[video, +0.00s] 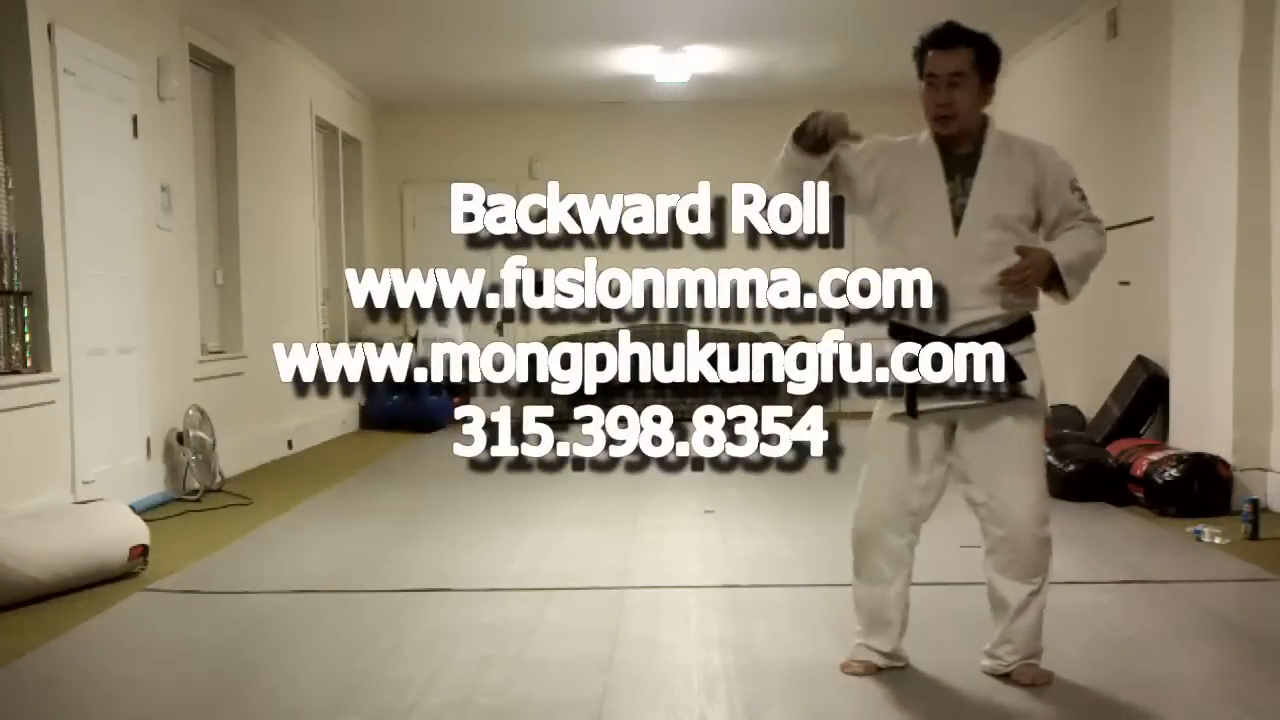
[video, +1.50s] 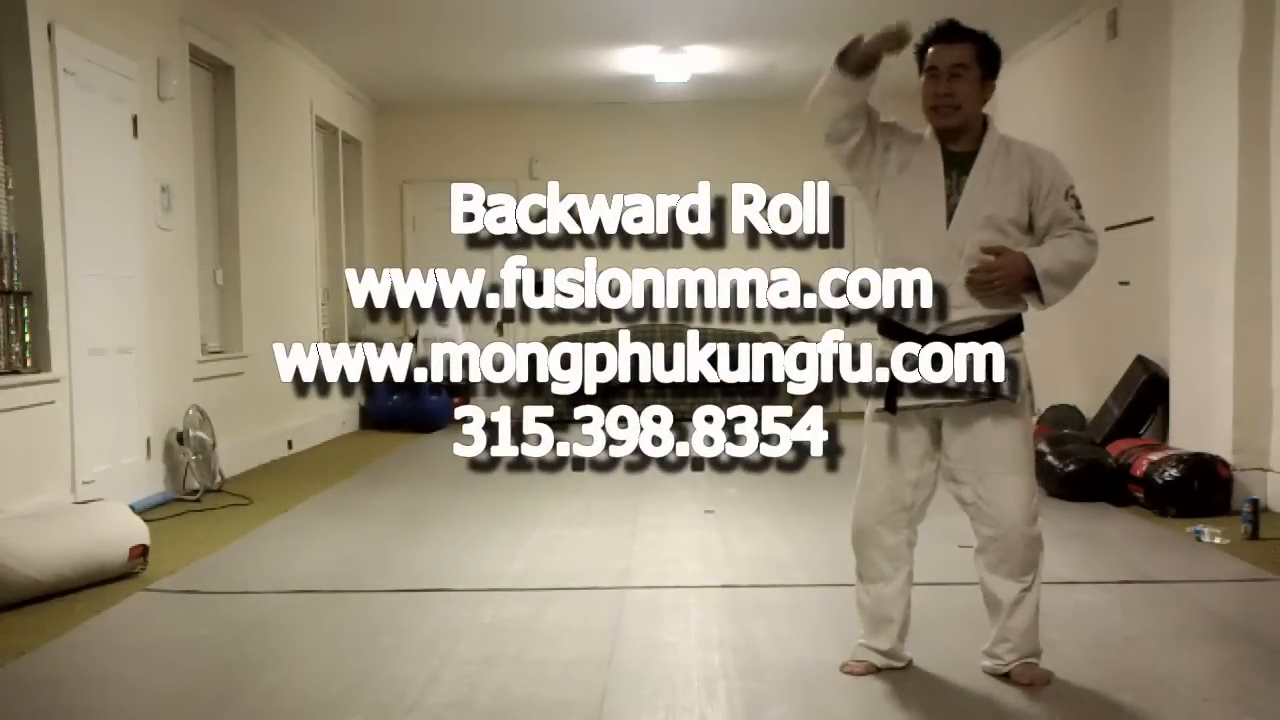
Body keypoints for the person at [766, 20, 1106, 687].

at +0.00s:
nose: (941, 96)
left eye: (957, 82)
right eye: (931, 82)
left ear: (987, 88)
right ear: (918, 88)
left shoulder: (1035, 162)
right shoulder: (880, 160)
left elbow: (1085, 233)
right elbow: (790, 191)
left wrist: (1053, 260)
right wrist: (810, 146)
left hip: (1000, 369)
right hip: (907, 371)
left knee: (1022, 523)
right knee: (880, 518)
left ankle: (1015, 654)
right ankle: (877, 642)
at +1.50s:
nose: (940, 85)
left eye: (957, 73)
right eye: (931, 73)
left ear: (988, 85)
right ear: (919, 86)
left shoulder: (1031, 167)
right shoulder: (887, 154)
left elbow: (1079, 243)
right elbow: (836, 121)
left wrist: (1032, 267)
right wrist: (858, 60)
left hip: (989, 362)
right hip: (896, 363)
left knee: (1011, 521)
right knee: (881, 516)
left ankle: (1014, 651)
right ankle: (879, 643)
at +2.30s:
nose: (989, 86)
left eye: (1001, 74)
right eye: (972, 75)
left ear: (1015, 83)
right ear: (946, 87)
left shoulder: (1057, 168)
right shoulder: (907, 158)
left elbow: (1106, 243)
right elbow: (835, 156)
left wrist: (1060, 267)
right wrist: (784, 126)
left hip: (1014, 372)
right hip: (919, 372)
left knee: (1028, 526)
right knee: (894, 518)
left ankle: (1016, 654)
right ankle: (881, 642)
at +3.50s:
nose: (968, 87)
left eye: (987, 74)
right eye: (962, 74)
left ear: (1021, 88)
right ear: (953, 83)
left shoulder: (1064, 171)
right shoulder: (918, 154)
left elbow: (1110, 251)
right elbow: (861, 120)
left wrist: (1063, 271)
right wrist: (841, 66)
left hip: (1018, 365)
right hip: (927, 362)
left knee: (1029, 526)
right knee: (893, 515)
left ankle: (1015, 654)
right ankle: (882, 641)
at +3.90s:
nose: (985, 88)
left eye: (1002, 73)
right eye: (973, 73)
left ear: (1029, 84)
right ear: (959, 83)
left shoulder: (1070, 171)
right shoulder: (933, 156)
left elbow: (1114, 250)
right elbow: (898, 99)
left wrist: (1070, 269)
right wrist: (945, 43)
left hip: (1024, 368)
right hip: (934, 364)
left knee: (1034, 526)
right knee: (897, 514)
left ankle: (1016, 653)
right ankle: (882, 641)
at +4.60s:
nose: (978, 84)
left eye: (988, 70)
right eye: (959, 74)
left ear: (1005, 81)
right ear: (936, 93)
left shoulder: (1055, 165)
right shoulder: (915, 162)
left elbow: (1103, 239)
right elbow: (861, 140)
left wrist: (1061, 265)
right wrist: (860, 86)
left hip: (1022, 365)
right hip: (931, 365)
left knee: (1035, 525)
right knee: (899, 516)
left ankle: (1016, 654)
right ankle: (884, 641)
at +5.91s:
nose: (985, 87)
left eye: (995, 73)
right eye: (967, 77)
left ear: (1010, 80)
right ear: (940, 93)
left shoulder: (1056, 162)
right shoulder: (913, 163)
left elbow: (1105, 239)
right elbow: (850, 204)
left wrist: (1062, 268)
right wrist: (823, 174)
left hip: (1026, 372)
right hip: (936, 373)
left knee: (1038, 529)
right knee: (902, 518)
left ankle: (1017, 653)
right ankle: (886, 642)